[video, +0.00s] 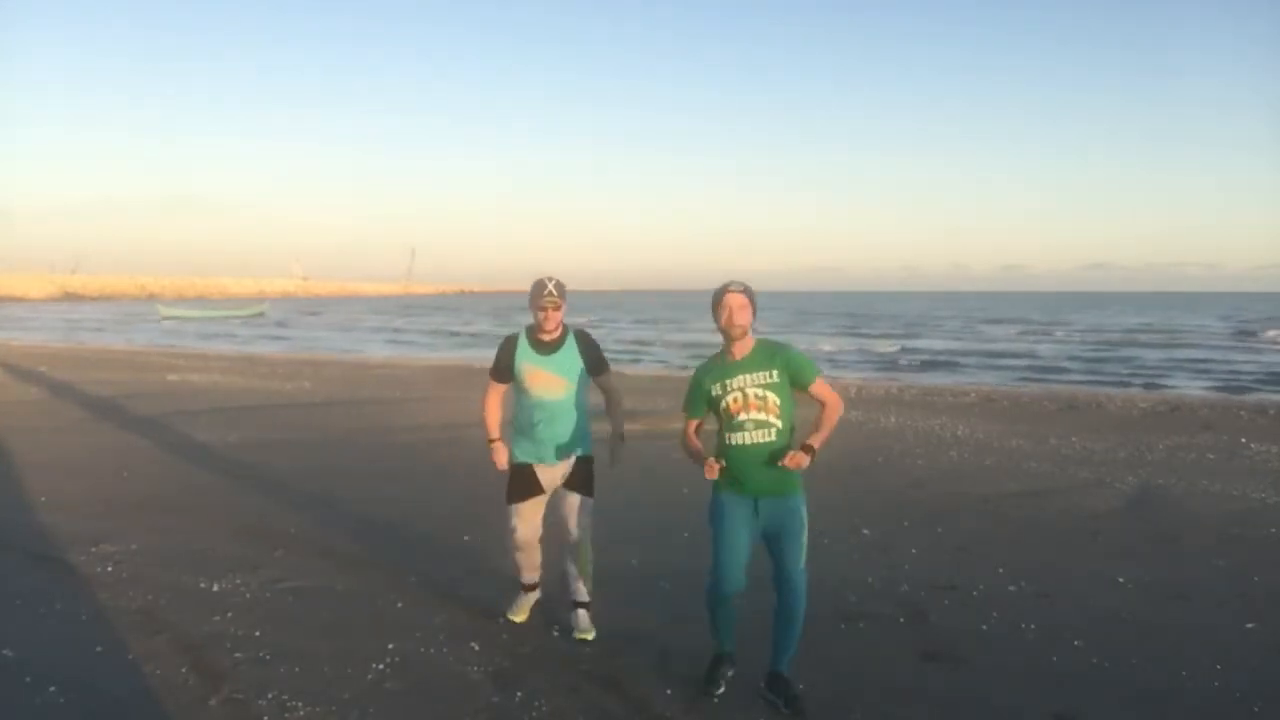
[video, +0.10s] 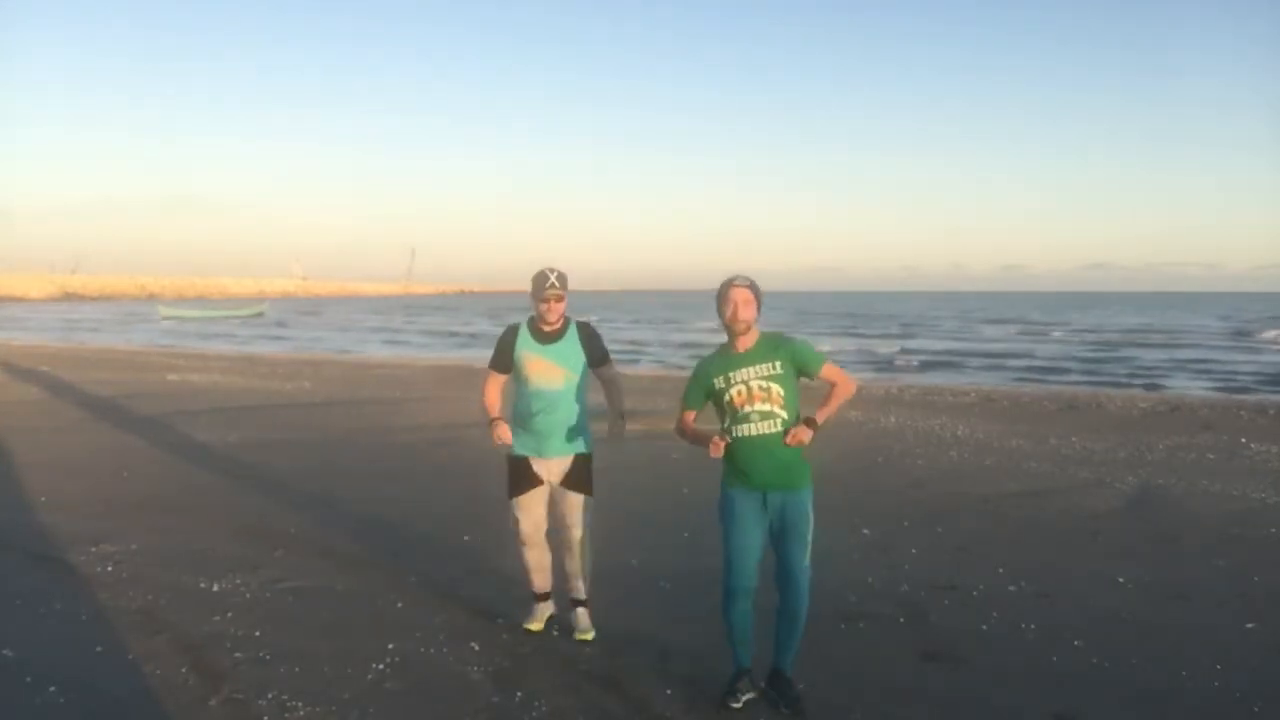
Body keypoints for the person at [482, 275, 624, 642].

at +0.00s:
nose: (548, 315)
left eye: (555, 308)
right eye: (542, 308)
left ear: (564, 308)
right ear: (532, 309)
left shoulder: (582, 343)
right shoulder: (513, 348)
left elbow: (610, 389)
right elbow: (493, 395)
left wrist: (617, 431)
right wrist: (494, 439)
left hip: (574, 454)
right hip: (527, 456)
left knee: (576, 532)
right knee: (523, 532)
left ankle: (581, 609)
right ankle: (529, 591)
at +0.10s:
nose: (551, 306)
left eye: (557, 299)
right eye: (544, 300)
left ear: (566, 300)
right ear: (533, 301)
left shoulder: (583, 334)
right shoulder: (514, 337)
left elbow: (609, 378)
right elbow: (492, 386)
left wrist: (617, 413)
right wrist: (495, 419)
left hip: (573, 449)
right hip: (526, 450)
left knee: (572, 530)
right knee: (529, 531)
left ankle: (579, 606)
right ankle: (542, 602)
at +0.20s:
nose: (551, 306)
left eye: (557, 299)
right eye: (544, 299)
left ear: (566, 299)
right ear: (532, 300)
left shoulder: (582, 334)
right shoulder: (512, 336)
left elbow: (609, 375)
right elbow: (491, 385)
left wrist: (615, 399)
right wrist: (495, 403)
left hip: (573, 448)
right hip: (525, 450)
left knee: (575, 530)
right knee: (533, 533)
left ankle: (579, 607)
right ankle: (543, 609)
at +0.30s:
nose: (550, 311)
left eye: (556, 304)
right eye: (543, 304)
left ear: (565, 305)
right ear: (531, 304)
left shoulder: (581, 340)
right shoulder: (511, 343)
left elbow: (610, 383)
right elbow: (487, 392)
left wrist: (613, 402)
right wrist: (492, 405)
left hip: (574, 455)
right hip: (525, 457)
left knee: (572, 539)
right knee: (534, 540)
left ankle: (575, 615)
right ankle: (544, 611)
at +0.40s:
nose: (550, 309)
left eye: (556, 302)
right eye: (543, 302)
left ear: (566, 303)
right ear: (531, 303)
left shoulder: (582, 340)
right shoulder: (511, 341)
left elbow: (610, 385)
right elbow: (488, 393)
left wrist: (610, 404)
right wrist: (494, 405)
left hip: (574, 455)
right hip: (525, 457)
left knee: (574, 538)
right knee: (531, 539)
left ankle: (576, 614)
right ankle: (543, 609)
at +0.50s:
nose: (549, 310)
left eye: (556, 303)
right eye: (542, 303)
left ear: (565, 303)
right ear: (529, 303)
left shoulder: (581, 340)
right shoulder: (509, 341)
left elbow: (606, 391)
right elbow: (489, 397)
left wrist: (599, 416)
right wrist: (497, 412)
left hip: (573, 456)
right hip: (521, 457)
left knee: (572, 540)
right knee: (522, 540)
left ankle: (576, 616)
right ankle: (528, 614)